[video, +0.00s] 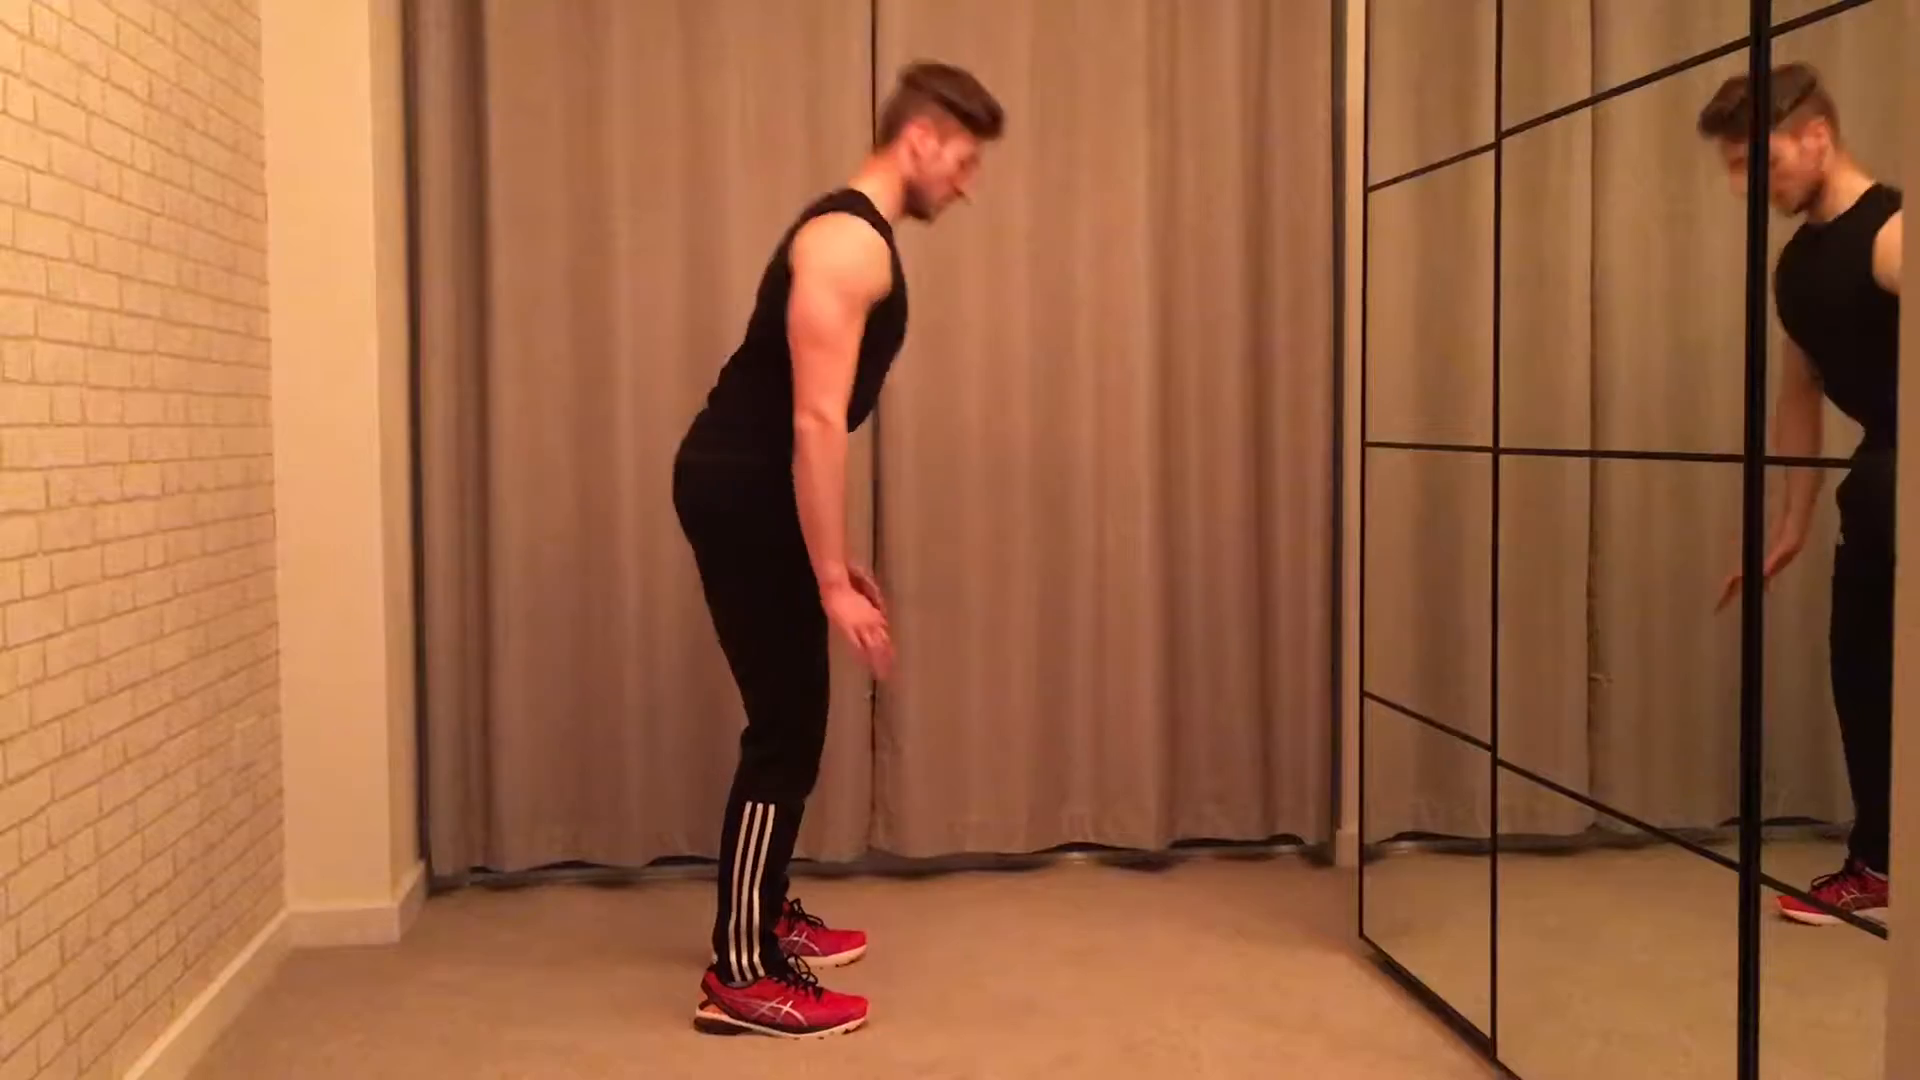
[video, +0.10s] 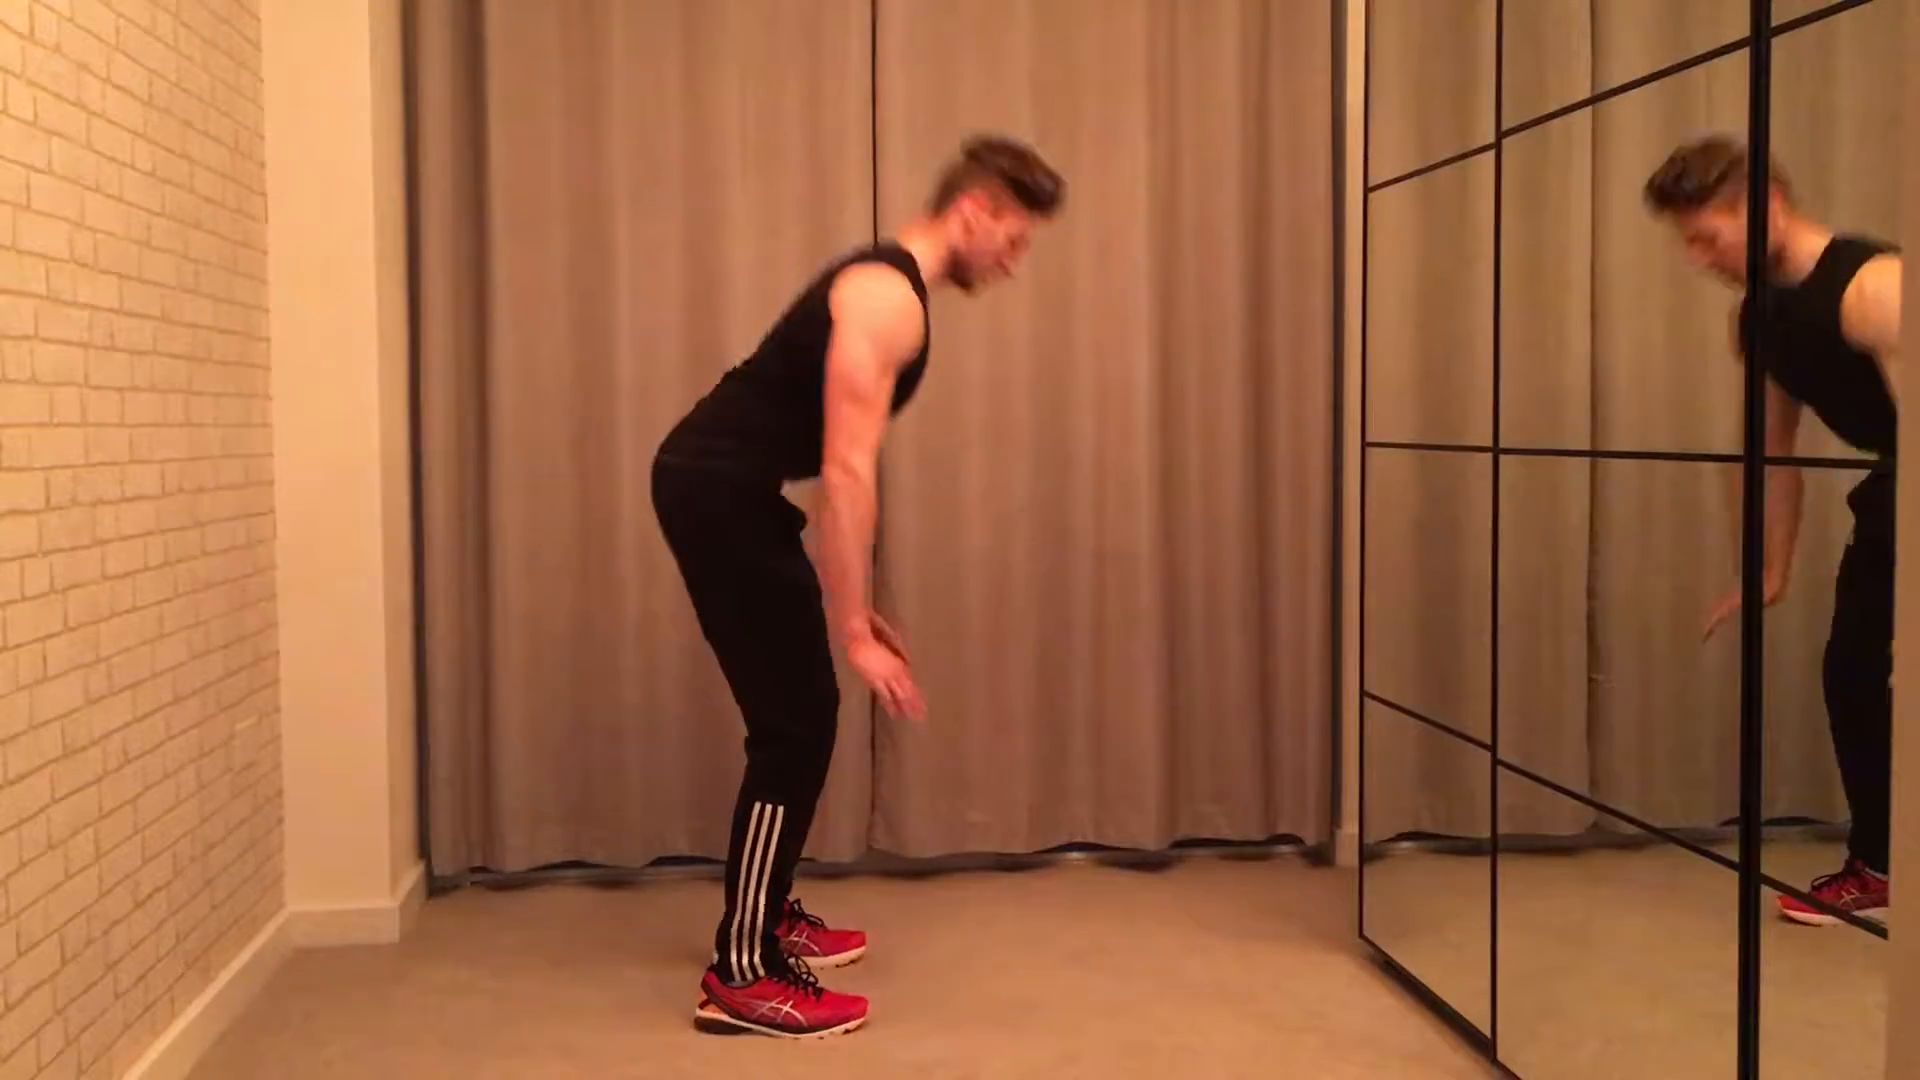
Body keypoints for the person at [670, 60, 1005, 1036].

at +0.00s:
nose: (970, 181)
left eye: (977, 164)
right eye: (967, 159)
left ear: (920, 141)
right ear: (920, 136)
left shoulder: (864, 236)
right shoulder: (846, 242)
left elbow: (821, 423)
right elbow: (815, 422)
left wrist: (838, 560)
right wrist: (832, 579)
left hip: (760, 479)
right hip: (741, 487)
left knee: (794, 714)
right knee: (787, 719)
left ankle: (766, 919)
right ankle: (739, 974)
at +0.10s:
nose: (1016, 259)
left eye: (1025, 241)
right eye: (1015, 236)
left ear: (971, 214)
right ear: (972, 210)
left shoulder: (897, 289)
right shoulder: (884, 297)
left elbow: (845, 469)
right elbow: (847, 470)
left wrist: (855, 604)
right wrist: (852, 631)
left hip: (738, 491)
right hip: (714, 493)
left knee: (805, 710)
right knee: (796, 718)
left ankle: (763, 915)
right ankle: (740, 972)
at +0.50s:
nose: (1080, 656)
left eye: (1093, 644)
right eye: (1088, 636)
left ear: (1053, 595)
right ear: (1059, 598)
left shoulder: (977, 608)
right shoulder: (969, 637)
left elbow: (998, 791)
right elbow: (1003, 832)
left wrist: (1033, 917)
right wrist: (1049, 994)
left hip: (731, 568)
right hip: (712, 579)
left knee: (874, 739)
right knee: (874, 756)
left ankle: (771, 923)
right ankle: (751, 971)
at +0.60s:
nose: (1074, 715)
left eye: (1085, 704)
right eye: (1081, 698)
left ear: (1049, 657)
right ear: (1053, 663)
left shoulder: (991, 644)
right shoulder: (975, 663)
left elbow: (1006, 800)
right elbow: (1000, 852)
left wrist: (1029, 927)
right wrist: (1041, 1007)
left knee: (824, 726)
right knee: (822, 733)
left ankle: (770, 916)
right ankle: (743, 972)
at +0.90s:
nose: (1187, 733)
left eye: (1204, 725)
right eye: (1202, 718)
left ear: (1182, 670)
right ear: (1187, 675)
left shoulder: (1097, 652)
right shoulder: (1083, 671)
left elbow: (1048, 820)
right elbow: (1051, 848)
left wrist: (1050, 934)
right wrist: (1048, 1016)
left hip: (850, 567)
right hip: (846, 581)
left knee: (664, 735)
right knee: (661, 764)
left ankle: (460, 830)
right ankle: (415, 842)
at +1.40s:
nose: (1135, 732)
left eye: (1151, 724)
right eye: (1150, 718)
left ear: (1128, 661)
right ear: (1132, 675)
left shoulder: (1051, 648)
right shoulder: (1050, 665)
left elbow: (1033, 819)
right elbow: (1038, 855)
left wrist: (1044, 920)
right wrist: (1046, 1015)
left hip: (832, 499)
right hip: (828, 507)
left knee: (788, 739)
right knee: (797, 761)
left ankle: (579, 832)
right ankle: (579, 866)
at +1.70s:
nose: (1157, 596)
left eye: (1166, 581)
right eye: (1161, 576)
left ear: (1116, 546)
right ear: (1124, 549)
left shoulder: (1036, 581)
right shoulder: (1037, 618)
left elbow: (1046, 783)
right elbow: (1045, 821)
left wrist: (1063, 911)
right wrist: (1059, 990)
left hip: (784, 578)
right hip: (778, 593)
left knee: (950, 740)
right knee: (959, 754)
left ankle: (851, 921)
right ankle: (851, 969)